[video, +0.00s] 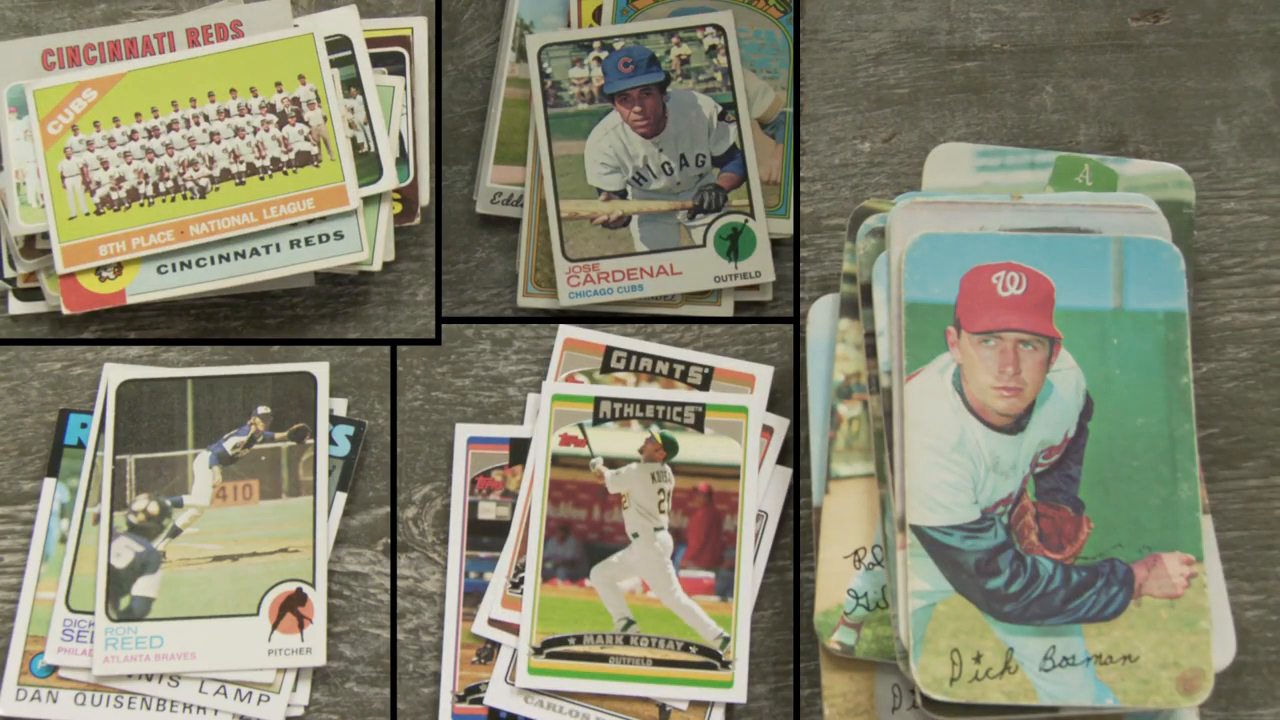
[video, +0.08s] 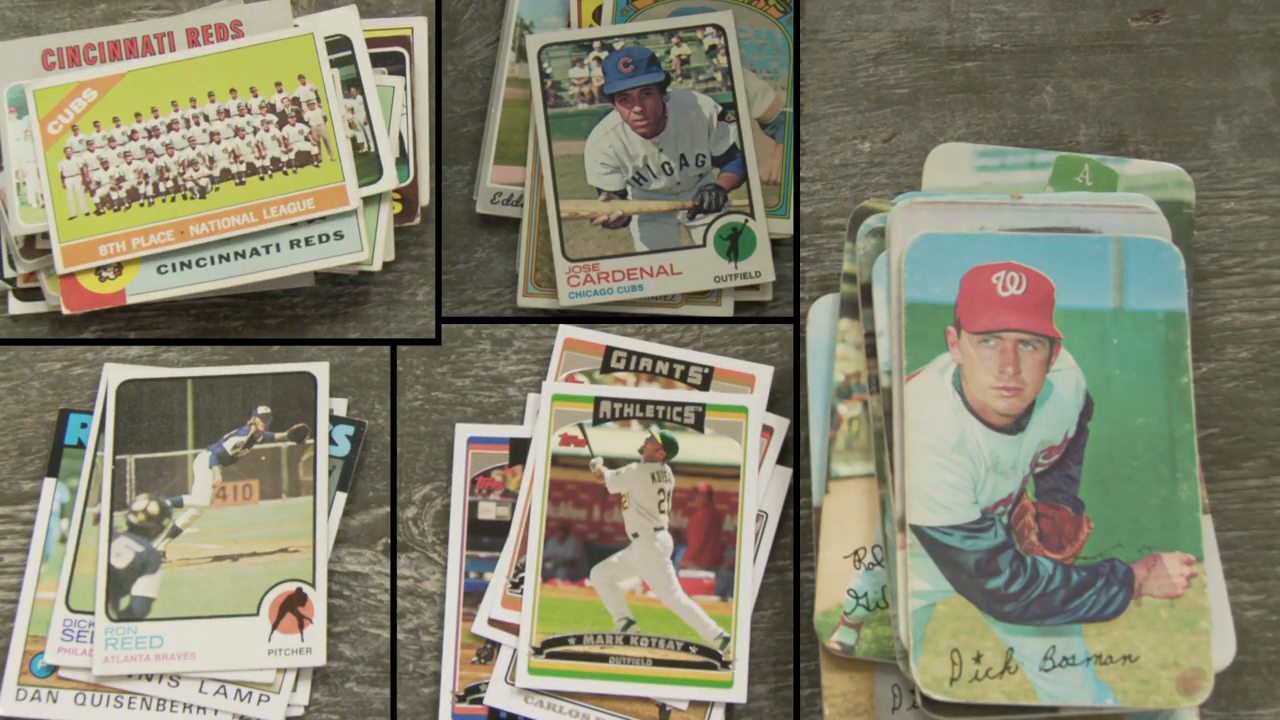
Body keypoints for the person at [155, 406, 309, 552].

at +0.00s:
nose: (265, 422)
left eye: (267, 419)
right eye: (262, 418)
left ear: (269, 422)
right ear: (253, 419)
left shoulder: (256, 434)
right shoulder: (242, 434)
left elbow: (271, 437)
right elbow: (216, 454)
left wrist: (289, 435)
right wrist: (217, 473)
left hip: (210, 463)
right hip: (205, 460)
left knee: (198, 509)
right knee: (202, 500)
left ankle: (162, 542)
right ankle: (163, 502)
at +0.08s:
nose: (265, 422)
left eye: (267, 419)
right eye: (262, 418)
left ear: (269, 422)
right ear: (253, 419)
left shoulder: (256, 434)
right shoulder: (242, 434)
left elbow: (271, 437)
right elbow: (216, 454)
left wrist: (289, 435)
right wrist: (217, 473)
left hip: (210, 463)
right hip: (205, 460)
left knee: (198, 509)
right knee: (202, 500)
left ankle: (162, 542)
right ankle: (163, 502)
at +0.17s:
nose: (265, 422)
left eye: (267, 419)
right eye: (262, 418)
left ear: (269, 422)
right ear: (253, 419)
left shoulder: (256, 434)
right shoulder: (242, 434)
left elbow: (271, 437)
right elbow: (216, 454)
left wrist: (289, 435)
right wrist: (217, 473)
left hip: (210, 463)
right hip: (205, 460)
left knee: (198, 509)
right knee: (202, 500)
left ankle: (162, 542)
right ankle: (163, 502)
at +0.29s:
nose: (265, 422)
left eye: (267, 419)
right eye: (262, 418)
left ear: (269, 422)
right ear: (253, 419)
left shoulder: (256, 434)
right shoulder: (242, 434)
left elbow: (271, 437)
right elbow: (216, 454)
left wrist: (289, 435)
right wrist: (217, 473)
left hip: (210, 463)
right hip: (205, 460)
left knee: (198, 509)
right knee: (202, 500)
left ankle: (162, 542)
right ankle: (163, 502)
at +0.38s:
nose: (265, 422)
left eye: (267, 419)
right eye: (262, 418)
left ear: (269, 422)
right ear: (253, 419)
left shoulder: (256, 434)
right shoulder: (242, 434)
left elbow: (271, 437)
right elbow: (216, 454)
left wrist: (289, 435)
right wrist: (217, 473)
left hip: (210, 463)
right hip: (205, 460)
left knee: (198, 509)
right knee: (202, 500)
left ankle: (162, 542)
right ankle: (163, 502)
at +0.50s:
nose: (265, 422)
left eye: (267, 419)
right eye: (262, 418)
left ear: (269, 422)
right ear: (253, 419)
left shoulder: (256, 434)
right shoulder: (242, 434)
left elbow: (271, 437)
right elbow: (216, 454)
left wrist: (289, 435)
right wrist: (217, 473)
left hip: (210, 463)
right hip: (205, 460)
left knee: (198, 509)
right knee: (202, 500)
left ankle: (162, 542)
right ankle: (163, 502)